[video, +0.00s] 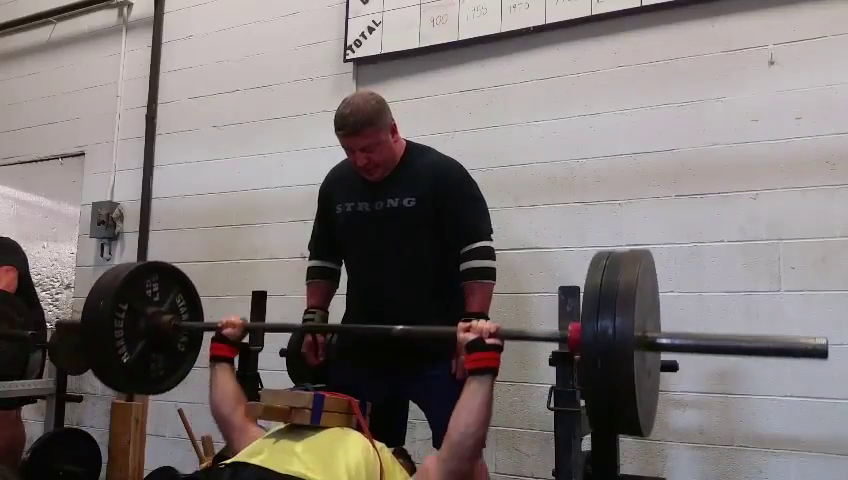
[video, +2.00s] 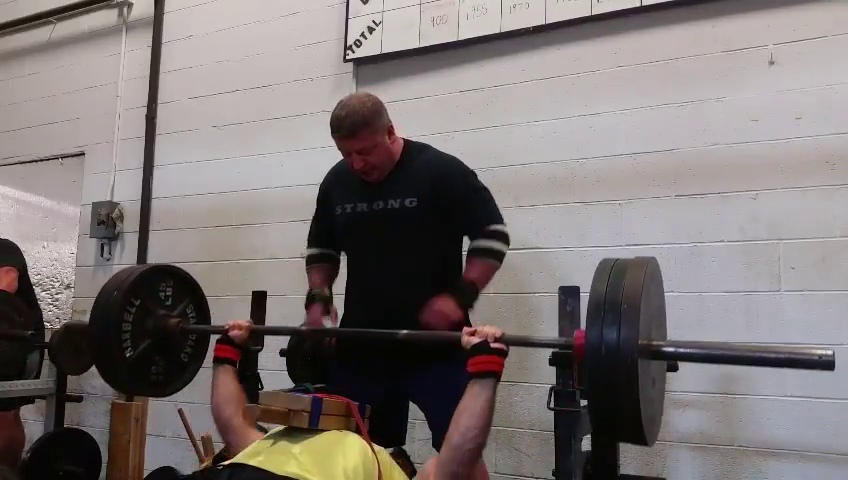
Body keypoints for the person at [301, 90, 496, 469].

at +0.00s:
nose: (360, 160)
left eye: (369, 149)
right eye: (351, 151)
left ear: (394, 132)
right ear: (341, 143)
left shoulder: (444, 176)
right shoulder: (338, 184)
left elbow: (478, 257)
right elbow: (324, 260)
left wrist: (472, 330)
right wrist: (314, 318)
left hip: (437, 344)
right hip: (365, 345)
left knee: (461, 456)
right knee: (368, 459)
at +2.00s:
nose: (357, 163)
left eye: (365, 152)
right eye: (348, 155)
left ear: (392, 134)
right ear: (338, 145)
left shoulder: (443, 173)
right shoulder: (338, 183)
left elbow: (493, 234)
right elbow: (322, 249)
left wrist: (460, 297)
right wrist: (318, 304)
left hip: (437, 345)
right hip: (364, 343)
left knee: (462, 457)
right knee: (366, 460)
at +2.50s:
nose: (347, 160)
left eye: (354, 150)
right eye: (341, 150)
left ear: (386, 135)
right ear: (335, 141)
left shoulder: (438, 169)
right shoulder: (338, 185)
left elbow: (482, 222)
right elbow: (310, 239)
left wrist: (448, 289)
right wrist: (294, 290)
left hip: (437, 340)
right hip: (365, 342)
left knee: (462, 455)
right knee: (362, 457)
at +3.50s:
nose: (397, 141)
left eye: (404, 129)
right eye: (384, 133)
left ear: (417, 121)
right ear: (367, 134)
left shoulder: (455, 173)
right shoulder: (351, 183)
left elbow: (489, 244)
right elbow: (335, 256)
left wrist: (472, 314)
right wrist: (327, 315)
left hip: (441, 345)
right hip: (368, 346)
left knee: (464, 454)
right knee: (367, 460)